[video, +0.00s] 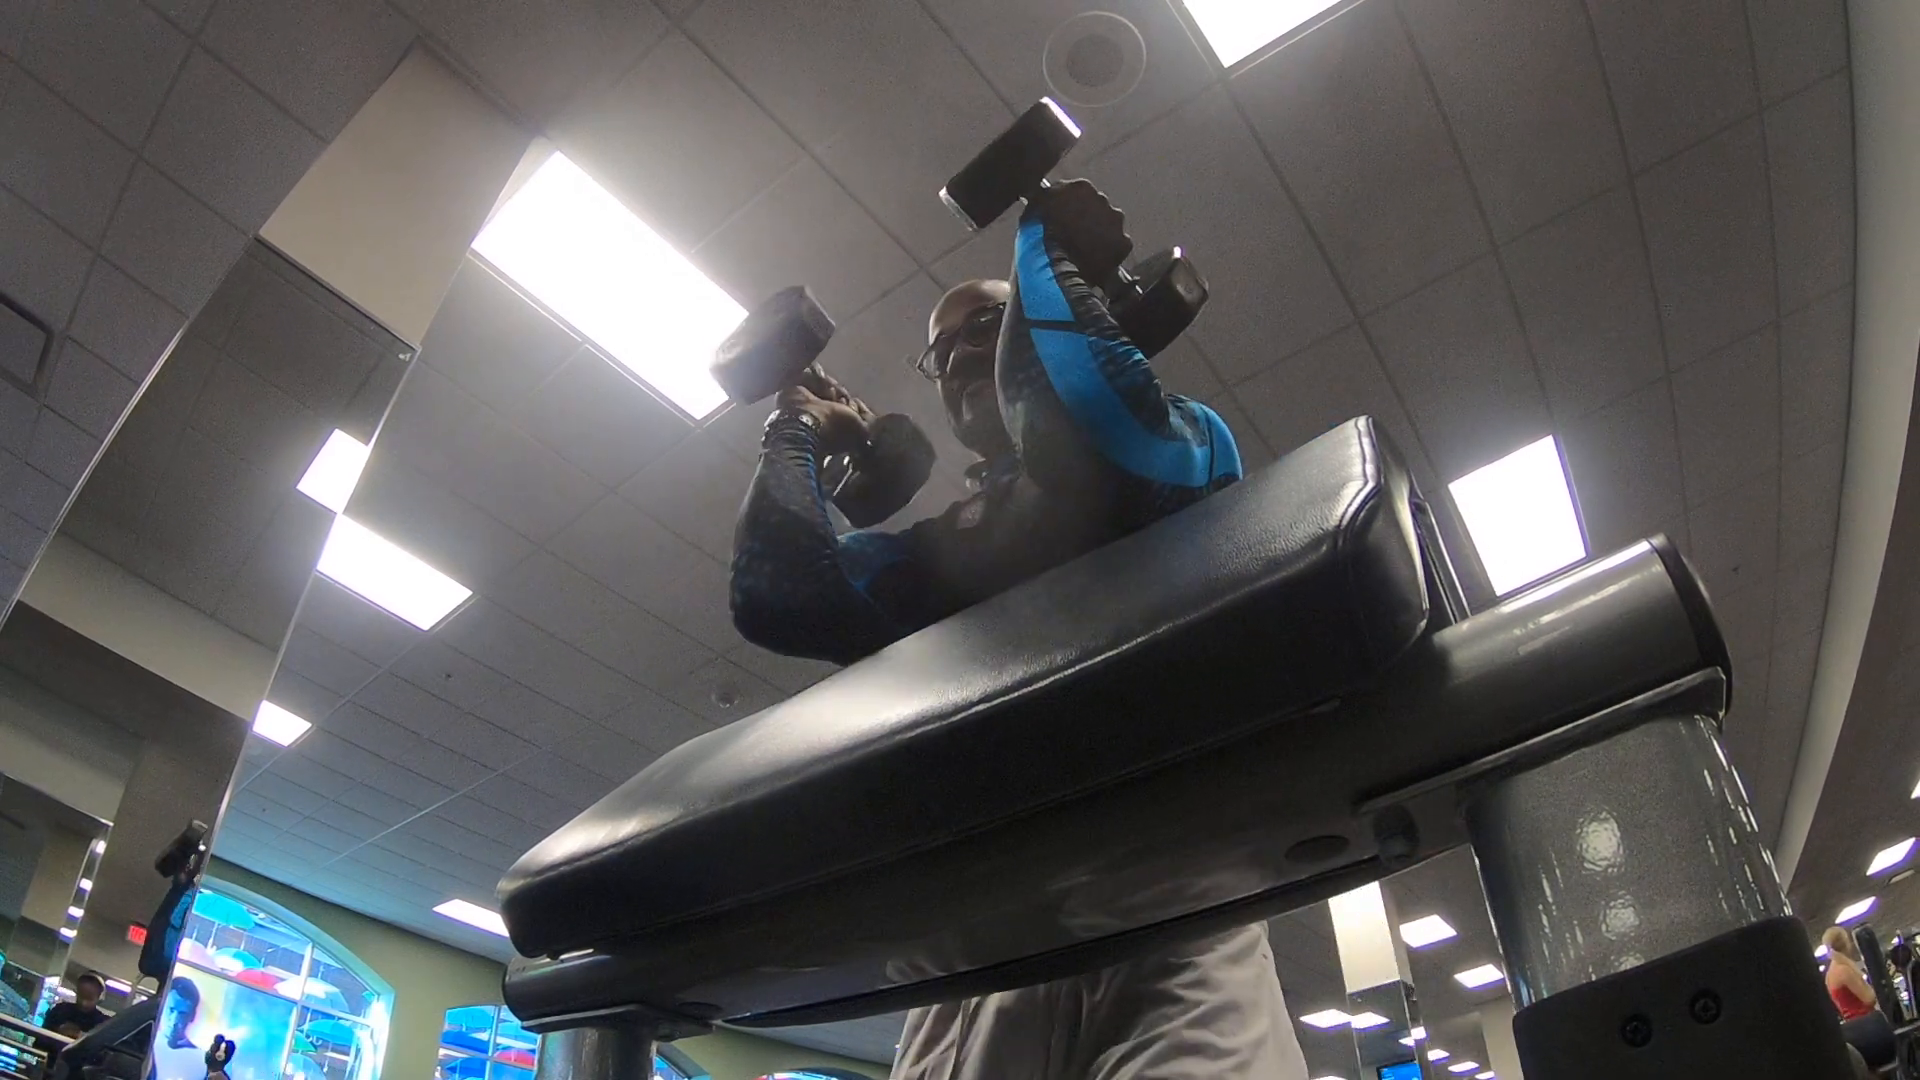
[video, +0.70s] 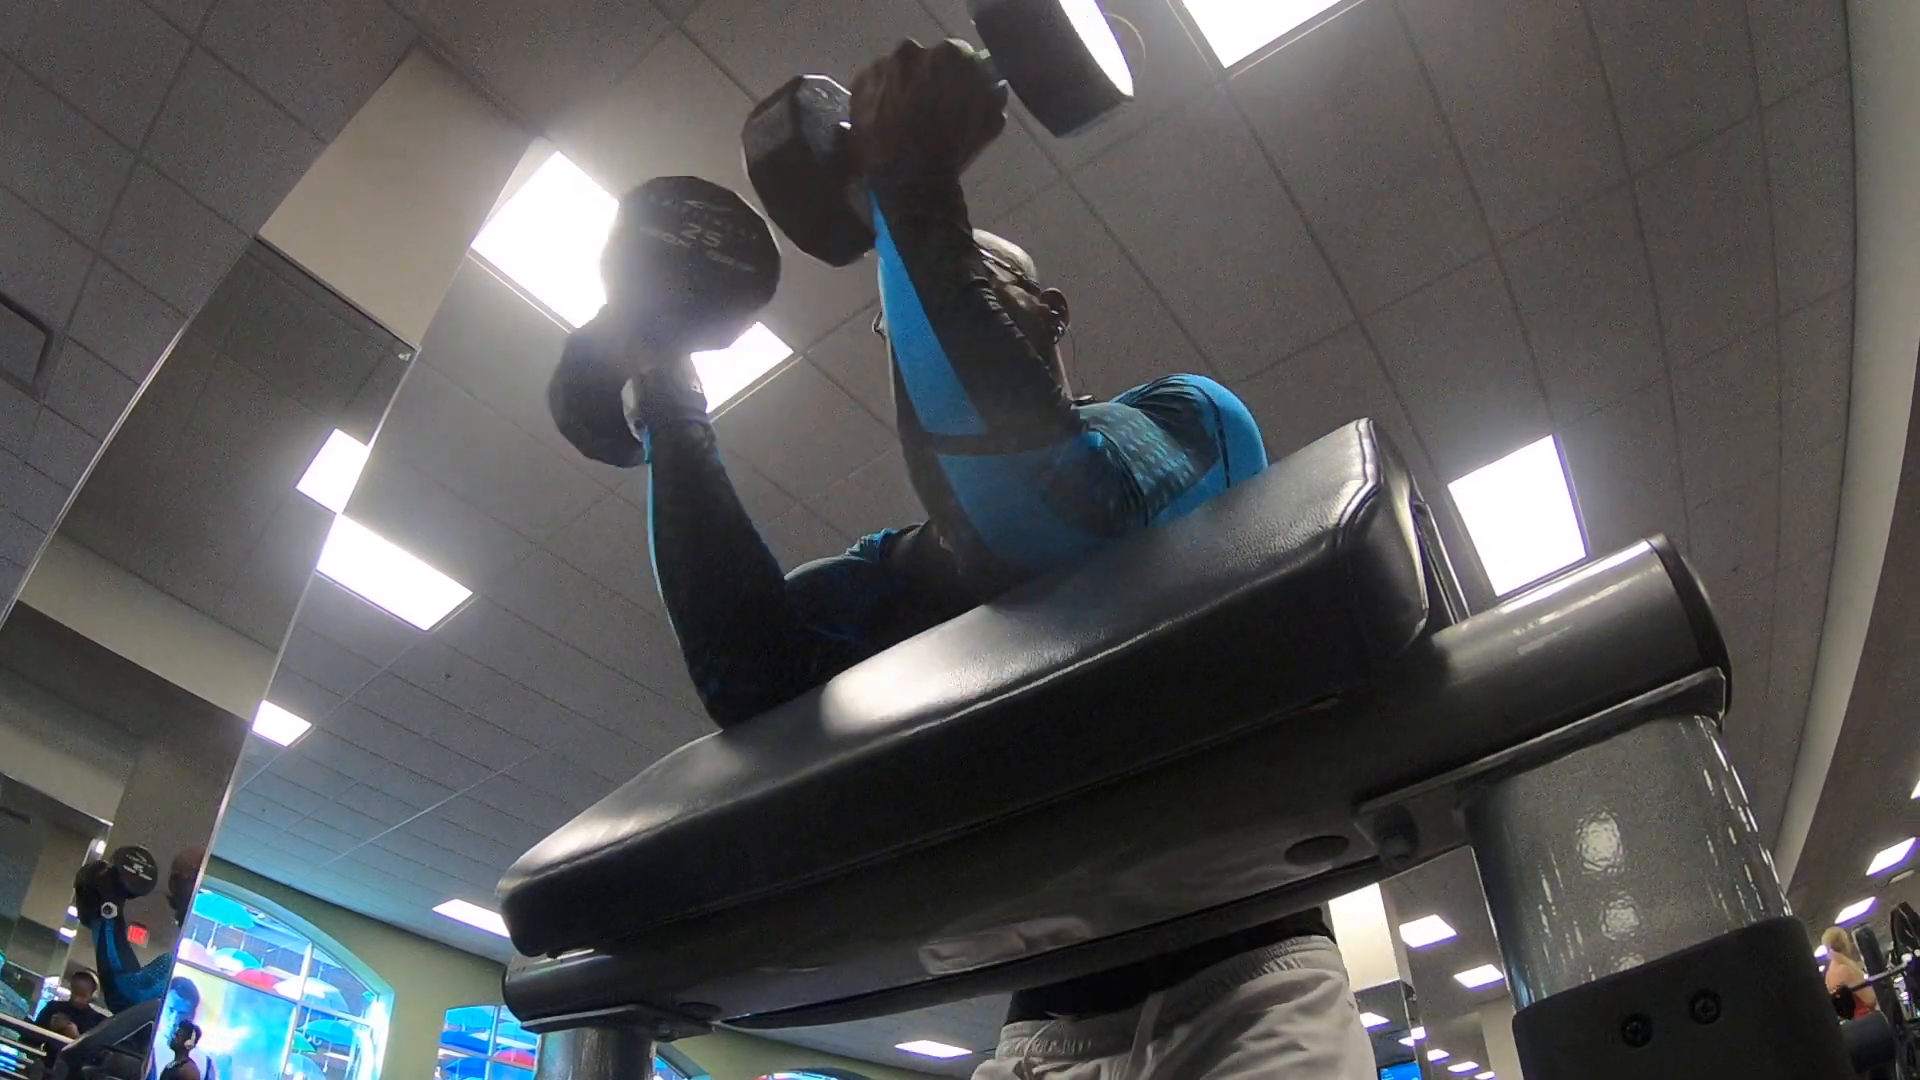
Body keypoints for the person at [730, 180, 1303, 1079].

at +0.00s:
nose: (965, 352)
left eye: (988, 326)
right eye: (943, 347)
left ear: (1047, 343)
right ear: (935, 386)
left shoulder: (1170, 474)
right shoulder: (935, 553)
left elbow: (1085, 417)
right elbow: (774, 598)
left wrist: (1049, 244)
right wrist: (795, 426)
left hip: (1186, 927)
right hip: (978, 958)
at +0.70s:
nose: (965, 333)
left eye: (997, 298)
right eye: (940, 318)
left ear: (1053, 331)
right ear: (905, 384)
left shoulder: (1190, 427)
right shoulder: (920, 574)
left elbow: (1040, 519)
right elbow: (748, 677)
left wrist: (913, 196)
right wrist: (666, 391)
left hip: (1258, 983)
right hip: (1051, 1026)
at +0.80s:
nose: (918, 299)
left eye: (952, 267)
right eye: (894, 291)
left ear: (1031, 306)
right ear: (871, 354)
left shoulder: (1165, 408)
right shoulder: (886, 562)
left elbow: (1015, 536)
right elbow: (738, 683)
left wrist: (869, 188)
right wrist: (615, 378)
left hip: (1237, 969)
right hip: (1028, 1020)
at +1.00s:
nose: (852, 275)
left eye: (888, 239)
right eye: (823, 265)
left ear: (978, 270)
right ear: (807, 322)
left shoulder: (1120, 369)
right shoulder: (838, 538)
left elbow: (1016, 538)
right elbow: (719, 692)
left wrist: (744, 191)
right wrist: (509, 428)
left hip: (1199, 960)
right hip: (964, 1021)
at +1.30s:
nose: (818, 267)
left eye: (850, 226)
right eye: (799, 263)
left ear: (955, 241)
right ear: (802, 314)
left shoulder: (1099, 341)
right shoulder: (823, 505)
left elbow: (1034, 541)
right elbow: (715, 682)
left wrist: (640, 259)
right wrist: (407, 484)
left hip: (1211, 940)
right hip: (971, 1001)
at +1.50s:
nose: (815, 261)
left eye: (849, 224)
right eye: (799, 258)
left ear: (956, 237)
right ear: (812, 310)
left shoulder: (1101, 329)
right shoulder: (822, 495)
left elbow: (1019, 541)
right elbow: (701, 696)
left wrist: (589, 328)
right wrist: (374, 560)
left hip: (1206, 939)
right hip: (974, 998)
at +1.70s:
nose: (816, 261)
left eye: (848, 223)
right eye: (799, 258)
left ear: (955, 230)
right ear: (808, 315)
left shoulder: (1097, 328)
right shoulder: (826, 508)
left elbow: (985, 557)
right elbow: (699, 697)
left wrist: (554, 457)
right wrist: (399, 664)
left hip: (1194, 948)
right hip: (960, 1004)